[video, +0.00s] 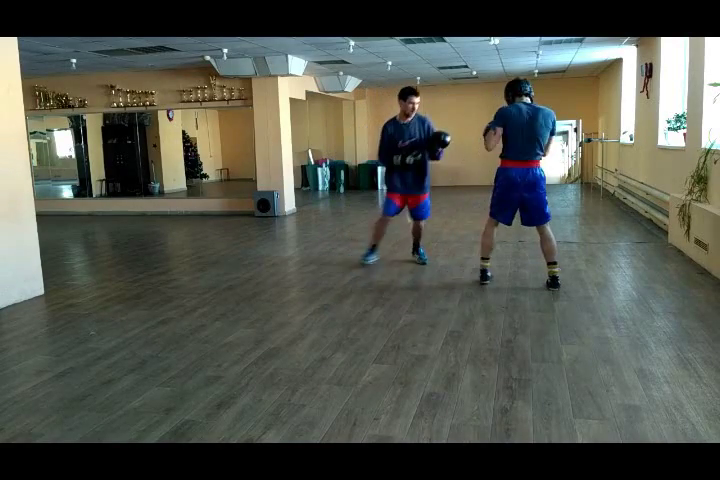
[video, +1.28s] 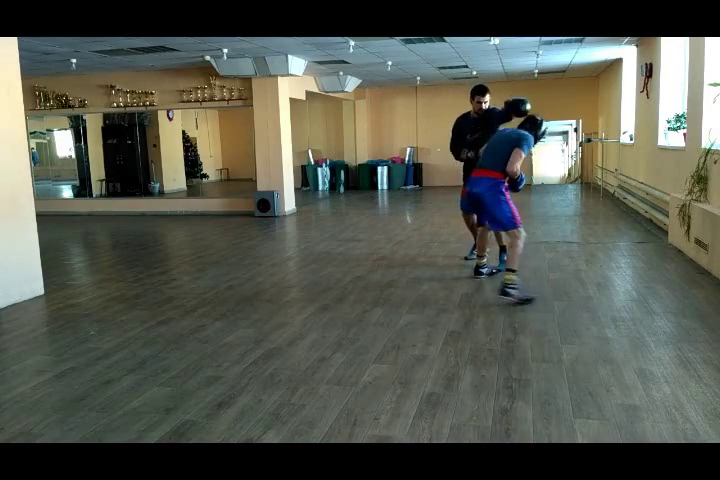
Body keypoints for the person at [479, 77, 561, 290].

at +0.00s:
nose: (507, 101)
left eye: (507, 98)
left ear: (510, 97)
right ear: (531, 95)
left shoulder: (505, 112)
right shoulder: (548, 114)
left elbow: (490, 146)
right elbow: (545, 151)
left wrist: (487, 132)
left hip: (508, 176)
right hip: (534, 176)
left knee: (491, 224)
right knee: (544, 227)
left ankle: (484, 271)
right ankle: (554, 276)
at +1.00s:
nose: (540, 106)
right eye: (540, 103)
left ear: (518, 99)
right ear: (538, 103)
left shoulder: (499, 118)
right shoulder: (543, 122)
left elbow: (484, 153)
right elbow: (546, 161)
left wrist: (502, 148)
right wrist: (531, 148)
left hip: (501, 182)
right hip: (525, 183)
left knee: (493, 225)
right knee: (537, 237)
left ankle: (483, 268)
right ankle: (534, 291)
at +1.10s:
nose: (545, 131)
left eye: (546, 128)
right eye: (546, 128)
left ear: (527, 116)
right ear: (543, 125)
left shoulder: (503, 124)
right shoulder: (533, 132)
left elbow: (470, 132)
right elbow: (525, 167)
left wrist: (485, 139)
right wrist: (527, 170)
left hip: (483, 182)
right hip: (502, 184)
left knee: (489, 224)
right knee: (524, 235)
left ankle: (481, 266)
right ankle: (532, 290)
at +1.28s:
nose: (537, 140)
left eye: (538, 137)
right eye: (538, 137)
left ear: (522, 124)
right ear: (536, 132)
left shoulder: (501, 132)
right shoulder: (526, 138)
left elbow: (483, 153)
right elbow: (511, 168)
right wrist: (517, 179)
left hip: (473, 183)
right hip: (492, 186)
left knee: (484, 226)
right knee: (518, 235)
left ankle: (480, 266)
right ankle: (509, 285)